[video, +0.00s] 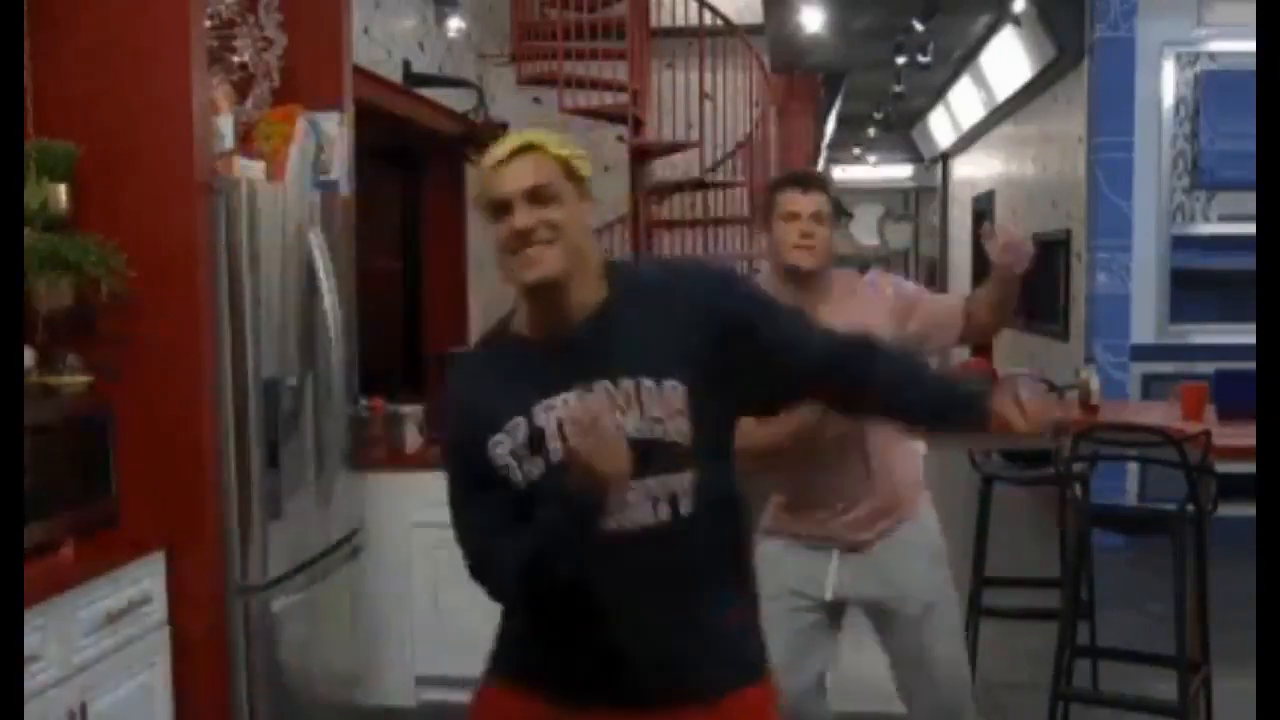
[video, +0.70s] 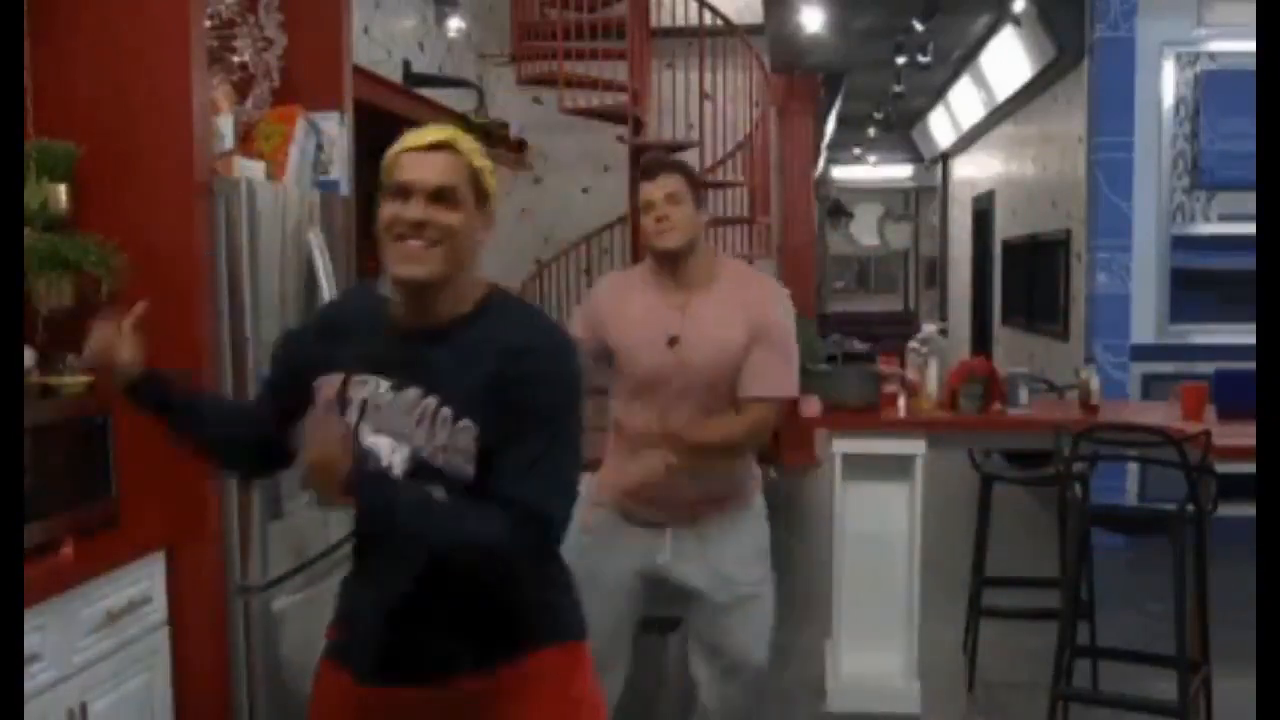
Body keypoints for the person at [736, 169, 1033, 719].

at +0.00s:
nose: (806, 230)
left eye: (819, 219)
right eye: (791, 218)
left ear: (836, 233)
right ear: (766, 233)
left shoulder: (879, 296)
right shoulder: (744, 311)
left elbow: (973, 322)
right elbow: (729, 438)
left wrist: (1005, 276)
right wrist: (813, 412)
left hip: (897, 531)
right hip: (792, 536)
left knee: (944, 699)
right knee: (790, 700)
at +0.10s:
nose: (811, 231)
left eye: (823, 221)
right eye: (797, 220)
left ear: (838, 234)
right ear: (772, 233)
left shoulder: (878, 302)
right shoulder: (735, 317)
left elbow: (959, 356)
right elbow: (728, 439)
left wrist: (995, 334)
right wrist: (840, 449)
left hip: (894, 514)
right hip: (797, 522)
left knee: (934, 664)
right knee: (802, 673)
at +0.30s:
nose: (765, 209)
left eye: (779, 197)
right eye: (753, 199)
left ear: (803, 209)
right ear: (735, 211)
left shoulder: (845, 279)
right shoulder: (709, 283)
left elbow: (899, 385)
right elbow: (677, 395)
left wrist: (958, 488)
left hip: (849, 538)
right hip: (747, 540)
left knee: (926, 699)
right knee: (753, 706)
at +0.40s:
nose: (737, 196)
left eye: (750, 183)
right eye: (723, 185)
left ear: (774, 195)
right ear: (705, 201)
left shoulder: (822, 273)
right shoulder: (679, 269)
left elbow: (866, 383)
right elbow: (649, 382)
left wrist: (884, 500)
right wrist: (653, 499)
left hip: (816, 517)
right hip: (708, 520)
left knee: (881, 671)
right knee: (688, 680)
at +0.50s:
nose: (690, 219)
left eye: (703, 207)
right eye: (676, 210)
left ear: (728, 217)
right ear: (661, 226)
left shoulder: (778, 302)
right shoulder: (633, 303)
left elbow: (794, 423)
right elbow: (605, 409)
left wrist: (734, 517)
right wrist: (602, 516)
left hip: (757, 517)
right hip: (653, 525)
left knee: (820, 668)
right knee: (631, 675)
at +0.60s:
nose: (672, 219)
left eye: (685, 207)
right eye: (659, 211)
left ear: (711, 222)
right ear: (645, 231)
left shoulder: (768, 309)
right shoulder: (611, 306)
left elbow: (770, 430)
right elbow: (582, 408)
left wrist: (692, 479)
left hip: (734, 529)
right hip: (624, 528)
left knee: (783, 676)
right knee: (592, 681)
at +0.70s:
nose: (660, 215)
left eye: (673, 201)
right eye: (647, 208)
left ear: (701, 213)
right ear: (636, 226)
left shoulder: (762, 299)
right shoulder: (611, 295)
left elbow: (759, 423)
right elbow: (565, 389)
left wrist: (675, 440)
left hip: (723, 522)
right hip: (616, 520)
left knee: (738, 677)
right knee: (582, 674)